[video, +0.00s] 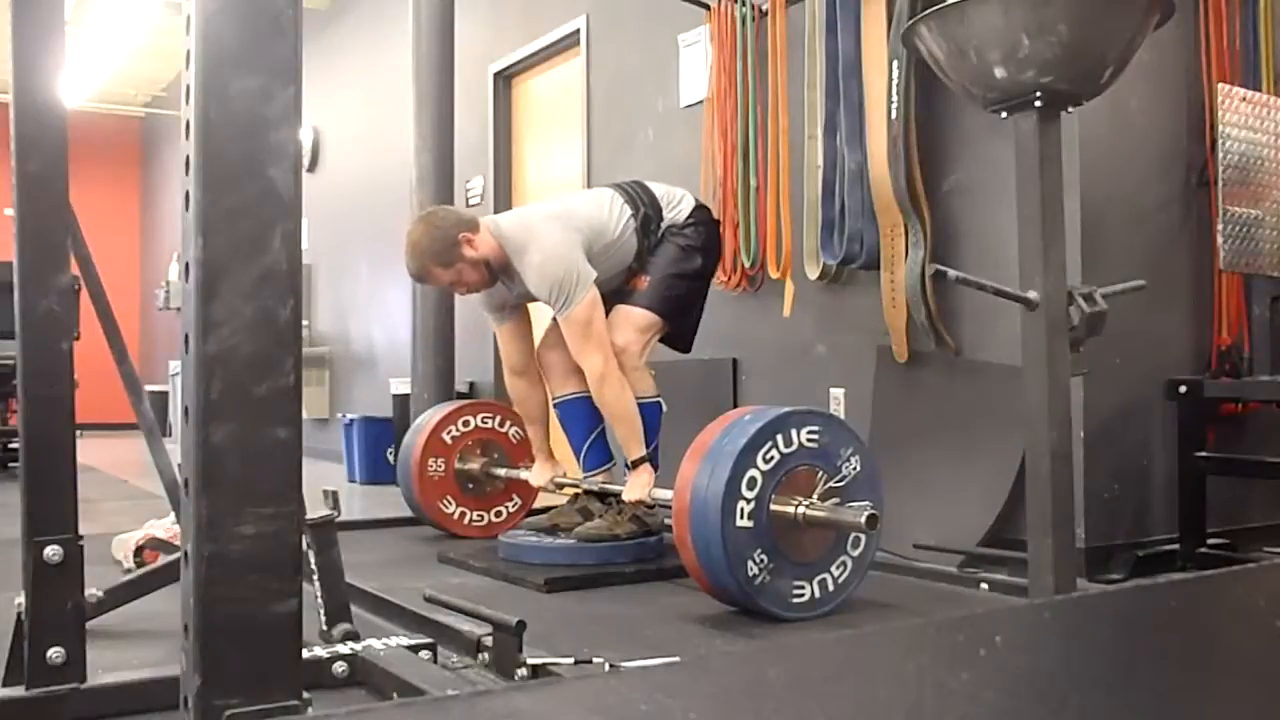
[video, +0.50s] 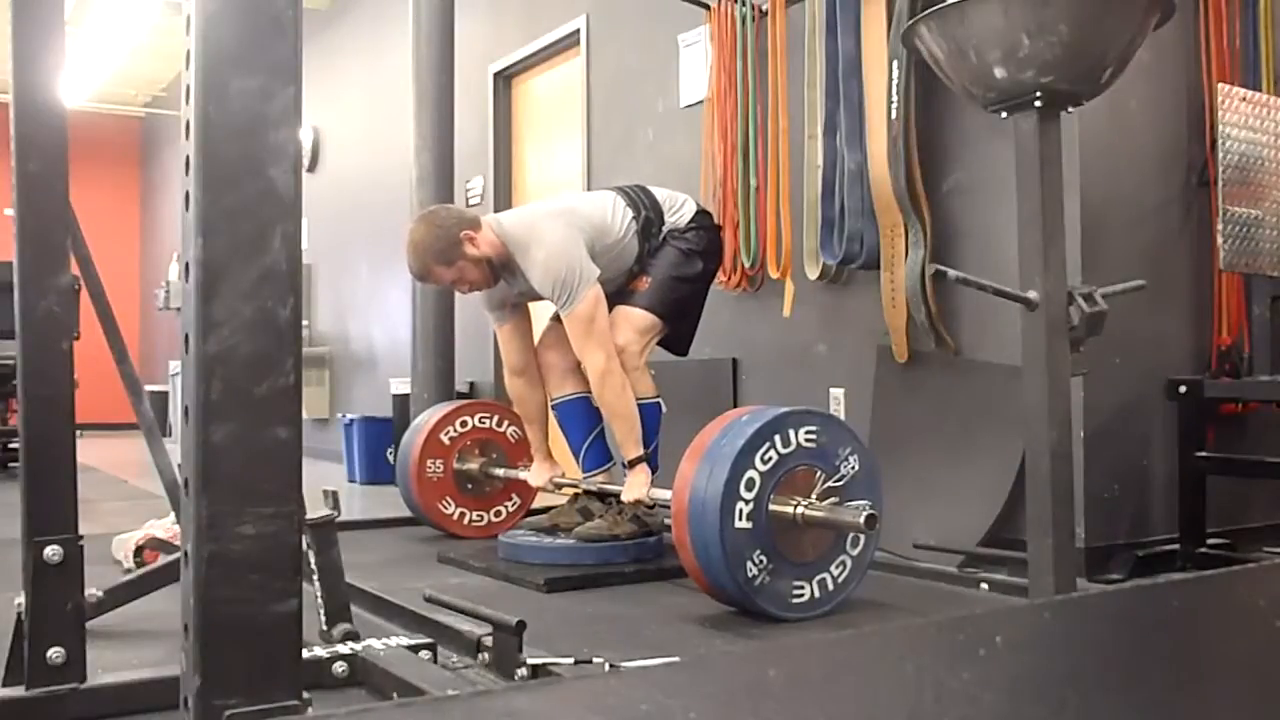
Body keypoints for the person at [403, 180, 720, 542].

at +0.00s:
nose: (461, 293)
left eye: (457, 282)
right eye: (451, 290)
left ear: (469, 244)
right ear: (469, 243)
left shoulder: (546, 253)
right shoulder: (492, 281)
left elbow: (602, 365)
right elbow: (519, 372)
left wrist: (640, 465)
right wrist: (542, 457)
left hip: (680, 226)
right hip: (620, 249)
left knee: (622, 346)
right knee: (554, 354)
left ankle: (642, 492)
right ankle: (601, 488)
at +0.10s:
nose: (461, 293)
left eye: (457, 281)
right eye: (452, 289)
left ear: (470, 243)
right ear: (470, 242)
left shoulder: (548, 253)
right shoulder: (495, 280)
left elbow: (602, 364)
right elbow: (520, 372)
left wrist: (640, 465)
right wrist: (542, 457)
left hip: (682, 227)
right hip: (622, 249)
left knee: (622, 345)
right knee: (554, 352)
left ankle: (641, 492)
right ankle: (601, 487)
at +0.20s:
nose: (462, 293)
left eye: (458, 281)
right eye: (452, 289)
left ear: (471, 242)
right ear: (471, 241)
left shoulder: (550, 252)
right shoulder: (495, 280)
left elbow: (603, 363)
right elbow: (519, 371)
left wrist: (639, 466)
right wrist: (541, 457)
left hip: (683, 229)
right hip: (622, 251)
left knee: (623, 344)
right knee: (554, 351)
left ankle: (641, 491)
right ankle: (600, 486)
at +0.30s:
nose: (463, 292)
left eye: (460, 281)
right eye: (454, 289)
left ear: (472, 241)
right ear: (472, 241)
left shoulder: (551, 251)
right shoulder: (496, 282)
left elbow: (603, 362)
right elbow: (519, 372)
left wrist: (639, 466)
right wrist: (541, 457)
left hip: (683, 230)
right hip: (622, 252)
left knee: (623, 345)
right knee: (554, 352)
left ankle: (642, 491)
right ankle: (601, 487)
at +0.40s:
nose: (463, 293)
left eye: (459, 281)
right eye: (453, 289)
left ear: (472, 240)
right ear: (472, 240)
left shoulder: (551, 251)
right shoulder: (495, 280)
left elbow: (603, 362)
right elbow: (519, 372)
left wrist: (638, 466)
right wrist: (541, 457)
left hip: (682, 230)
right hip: (621, 253)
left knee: (623, 345)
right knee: (553, 351)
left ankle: (641, 492)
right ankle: (601, 487)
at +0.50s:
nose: (463, 292)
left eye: (459, 280)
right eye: (453, 289)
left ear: (472, 240)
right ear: (472, 240)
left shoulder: (550, 250)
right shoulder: (495, 280)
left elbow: (603, 361)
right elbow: (519, 372)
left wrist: (637, 466)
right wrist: (540, 457)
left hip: (682, 231)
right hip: (621, 253)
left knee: (623, 345)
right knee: (552, 352)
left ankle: (640, 494)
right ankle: (601, 489)